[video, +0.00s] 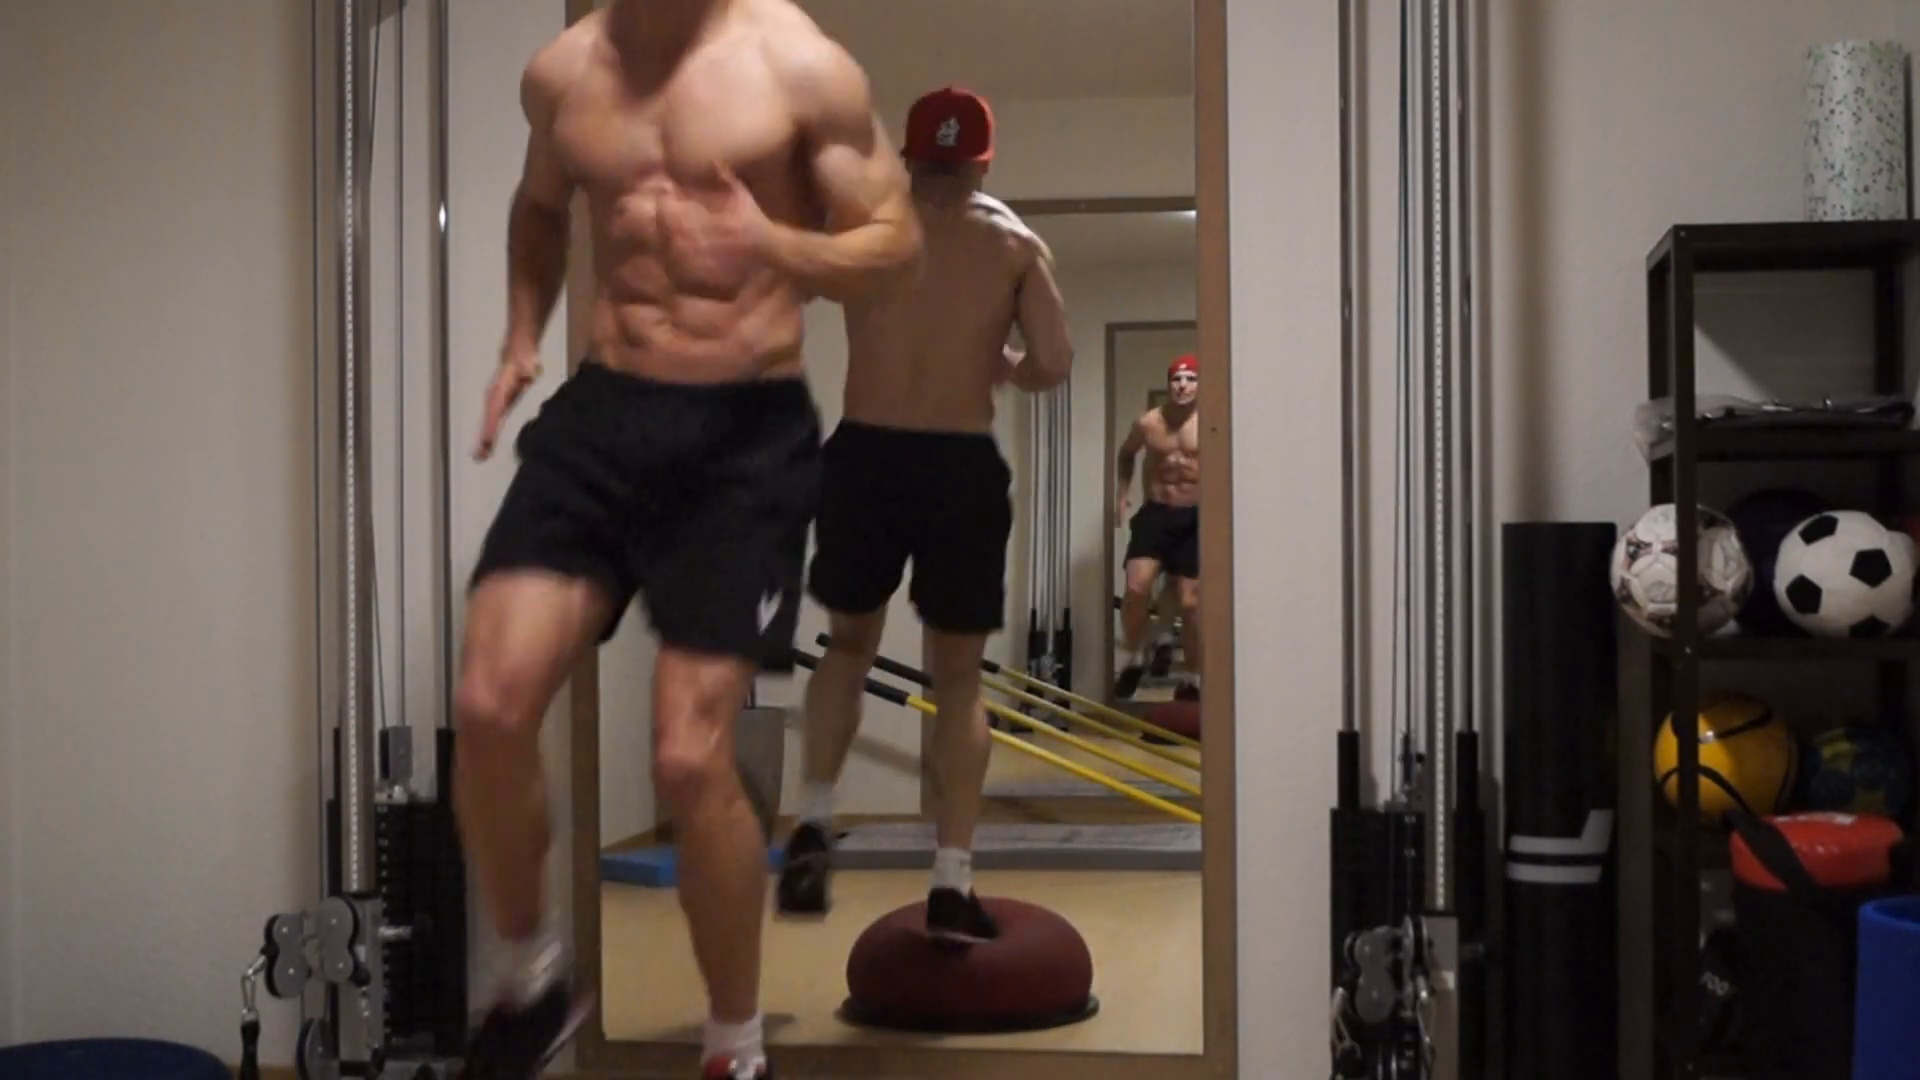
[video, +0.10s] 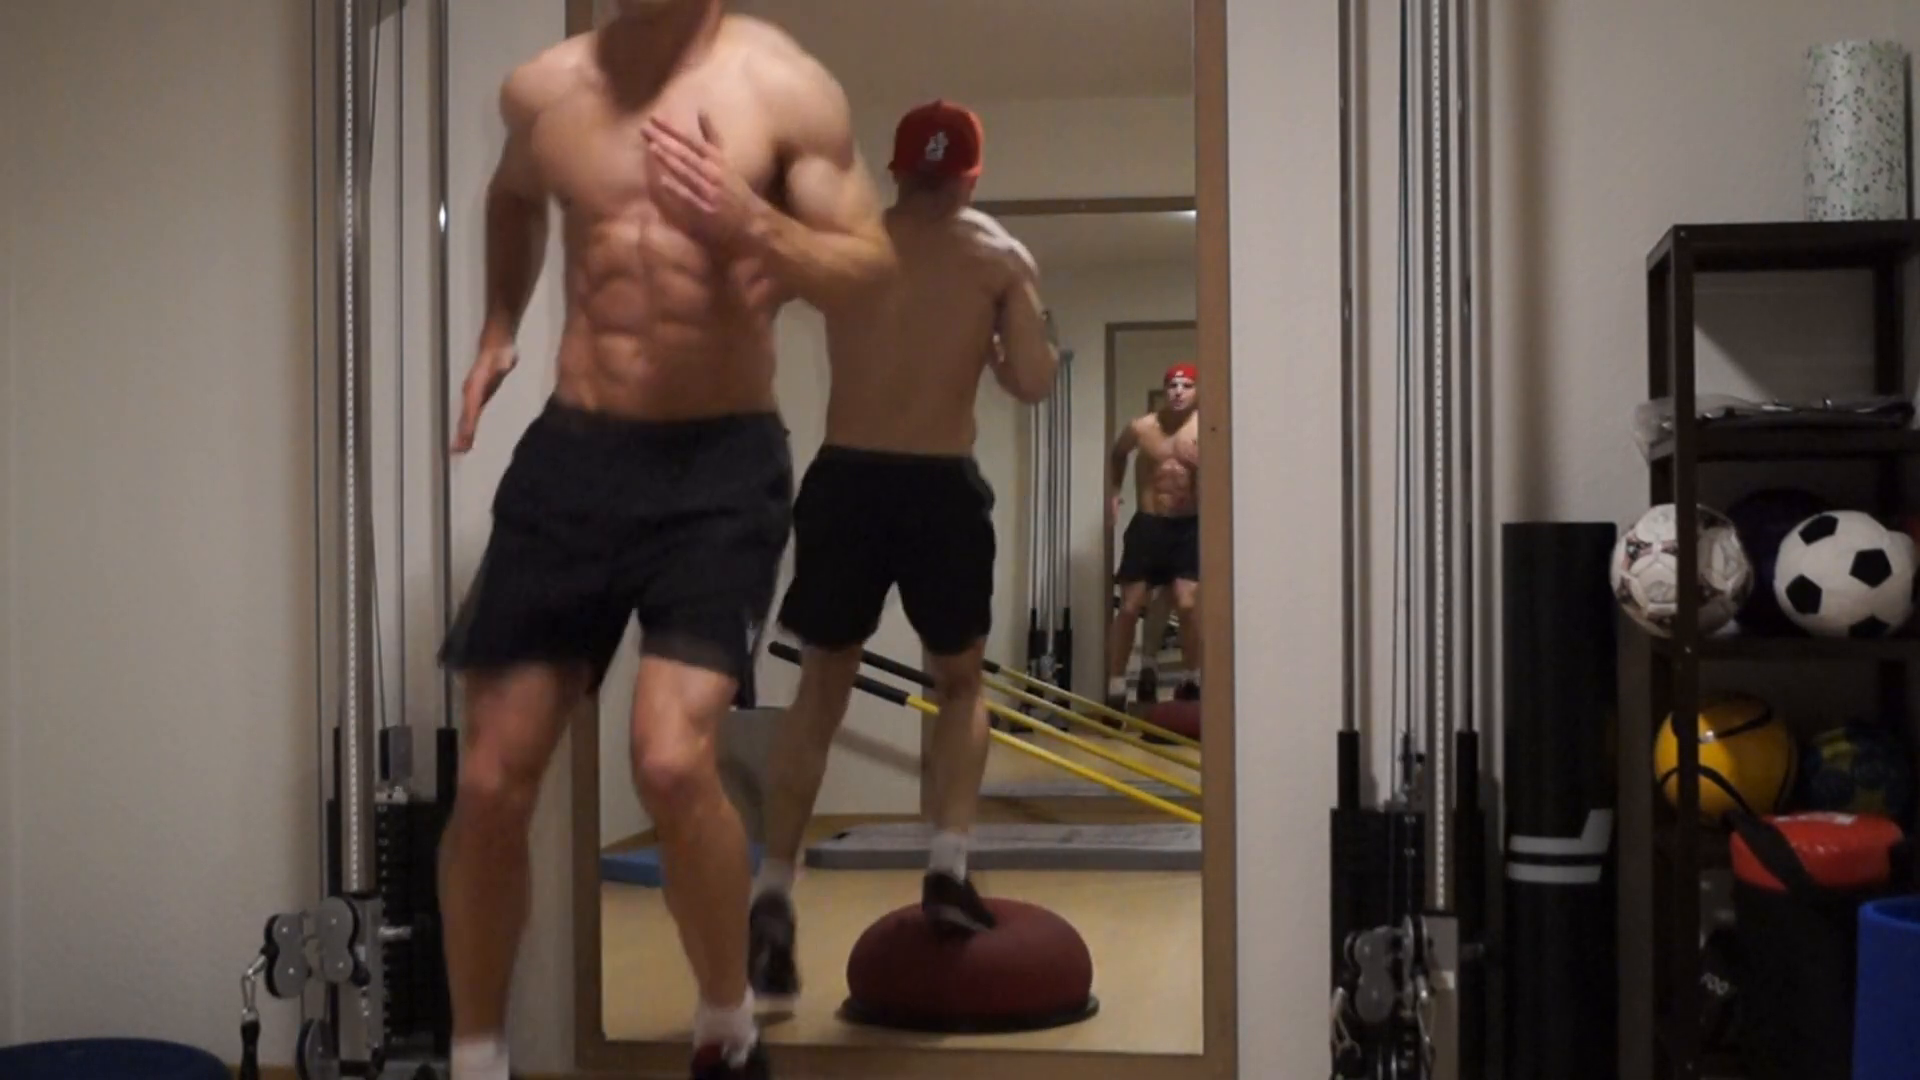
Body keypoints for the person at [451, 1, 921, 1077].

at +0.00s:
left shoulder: (805, 67)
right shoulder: (563, 73)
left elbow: (895, 245)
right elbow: (541, 206)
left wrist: (771, 239)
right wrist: (522, 337)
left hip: (747, 435)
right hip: (599, 422)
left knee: (690, 760)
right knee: (489, 705)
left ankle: (735, 1046)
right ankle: (526, 970)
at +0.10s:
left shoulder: (789, 87)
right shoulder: (544, 89)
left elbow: (869, 276)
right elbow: (515, 203)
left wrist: (753, 220)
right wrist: (498, 326)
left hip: (723, 466)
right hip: (572, 458)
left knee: (672, 765)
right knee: (490, 782)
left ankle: (728, 1034)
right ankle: (475, 1061)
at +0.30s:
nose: (729, 3)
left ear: (811, 18)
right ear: (693, 20)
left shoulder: (864, 111)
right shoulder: (636, 111)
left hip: (831, 528)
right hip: (672, 529)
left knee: (908, 857)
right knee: (655, 855)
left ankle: (956, 1069)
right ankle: (648, 1074)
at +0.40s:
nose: (744, 2)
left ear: (823, 19)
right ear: (707, 18)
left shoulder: (874, 121)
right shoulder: (643, 131)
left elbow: (927, 0)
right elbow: (511, 10)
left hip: (846, 530)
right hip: (688, 531)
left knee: (919, 854)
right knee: (659, 858)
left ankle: (959, 1068)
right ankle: (651, 1074)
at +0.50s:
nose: (753, 6)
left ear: (836, 24)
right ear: (713, 19)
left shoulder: (883, 142)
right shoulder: (661, 149)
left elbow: (967, 81)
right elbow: (521, 157)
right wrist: (557, 5)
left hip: (865, 537)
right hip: (711, 538)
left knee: (935, 858)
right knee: (651, 862)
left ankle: (962, 1070)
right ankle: (652, 1076)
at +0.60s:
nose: (782, 28)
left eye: (797, 10)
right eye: (761, 14)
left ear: (837, 28)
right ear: (720, 39)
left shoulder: (888, 154)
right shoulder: (666, 175)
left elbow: (987, 242)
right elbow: (554, 313)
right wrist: (574, 139)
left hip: (881, 557)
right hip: (726, 559)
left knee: (951, 867)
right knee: (638, 869)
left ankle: (969, 1071)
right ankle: (649, 1075)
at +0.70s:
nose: (758, 88)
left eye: (786, 70)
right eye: (738, 67)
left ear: (836, 105)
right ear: (709, 95)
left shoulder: (901, 244)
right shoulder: (654, 256)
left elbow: (963, 444)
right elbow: (612, 453)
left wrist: (877, 449)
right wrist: (665, 431)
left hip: (887, 598)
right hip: (728, 598)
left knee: (965, 876)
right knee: (619, 856)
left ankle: (974, 1071)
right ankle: (645, 1074)